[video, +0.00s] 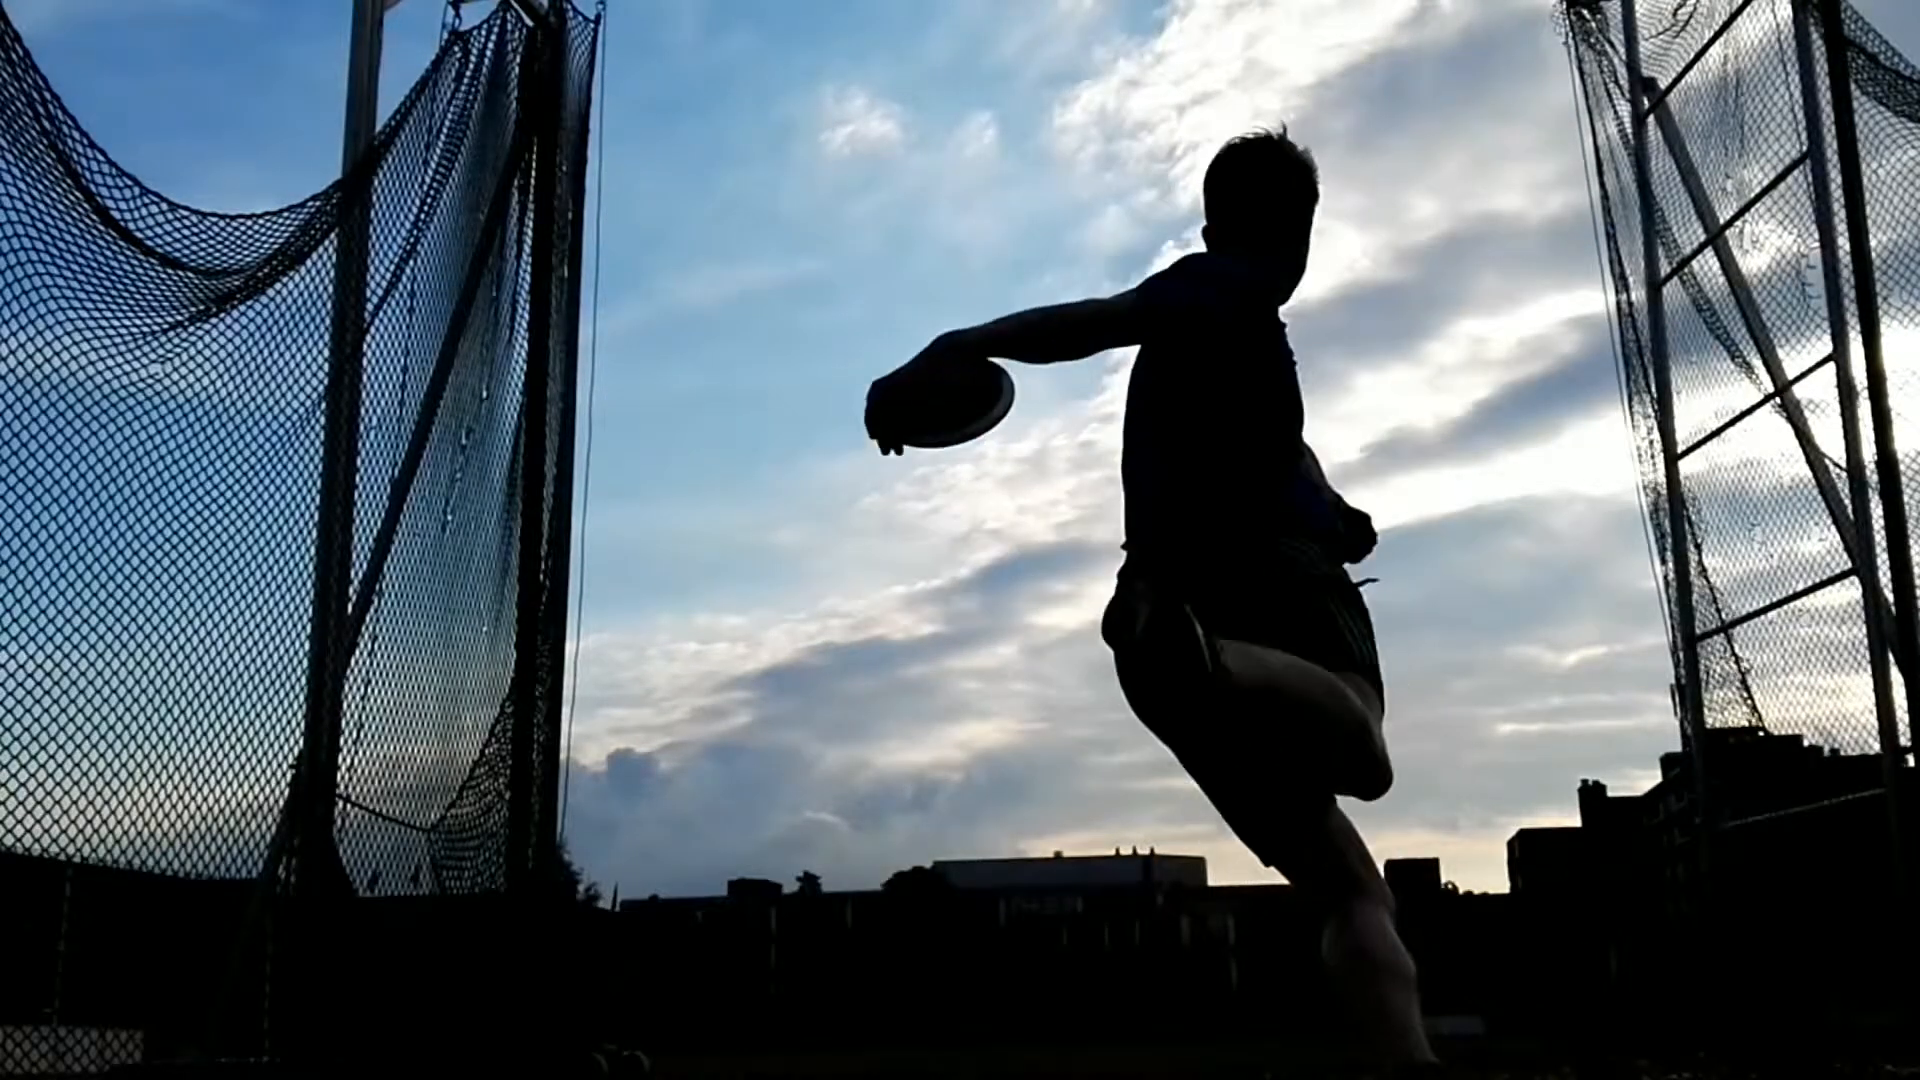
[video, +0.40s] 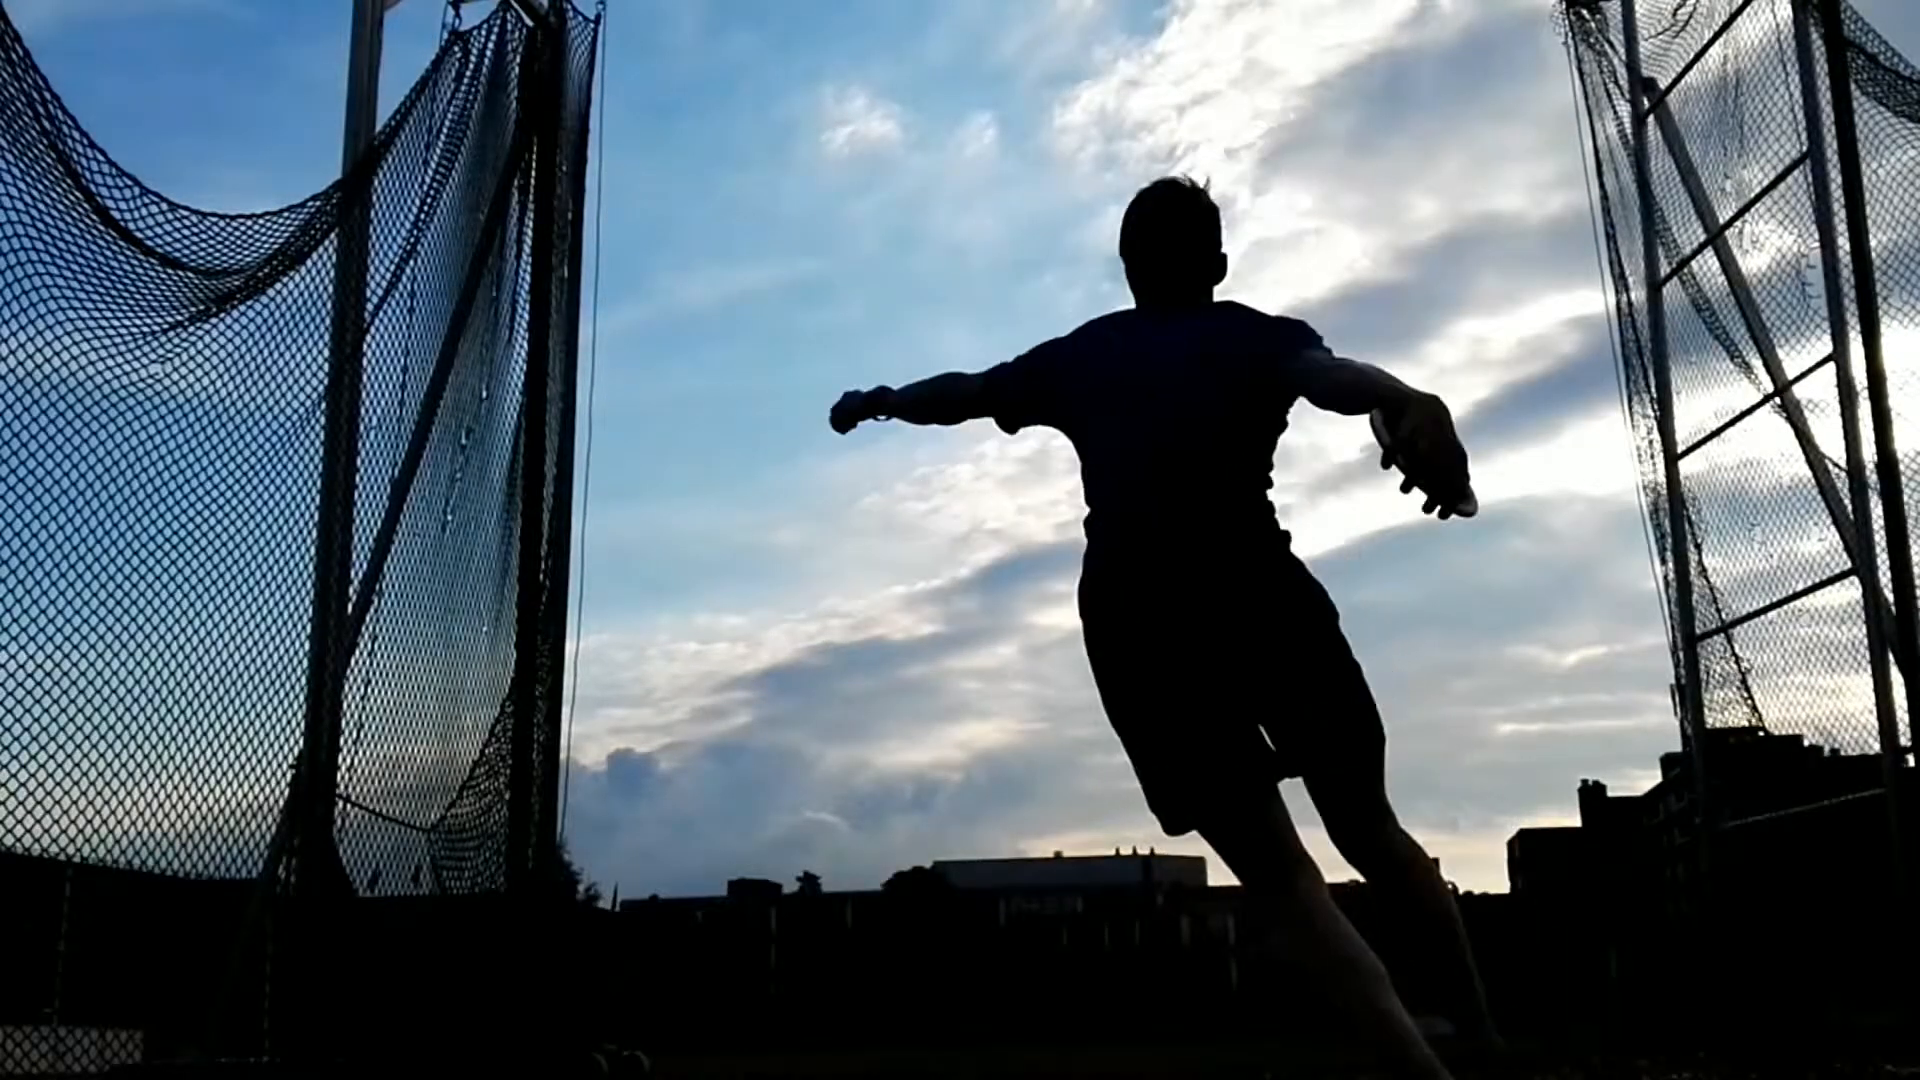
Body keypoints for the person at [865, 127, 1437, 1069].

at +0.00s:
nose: (1304, 245)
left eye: (1305, 224)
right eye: (1296, 224)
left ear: (1213, 217)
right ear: (1280, 222)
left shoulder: (1233, 332)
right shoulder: (1217, 288)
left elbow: (1273, 462)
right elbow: (1102, 322)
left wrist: (1341, 521)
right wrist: (963, 343)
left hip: (1163, 620)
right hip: (1257, 574)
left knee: (1347, 880)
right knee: (1364, 748)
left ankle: (1409, 1066)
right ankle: (1212, 658)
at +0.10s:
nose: (1291, 248)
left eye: (1286, 227)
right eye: (1286, 229)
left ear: (1201, 233)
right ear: (1289, 234)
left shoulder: (1158, 342)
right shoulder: (1261, 315)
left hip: (1142, 623)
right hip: (1261, 579)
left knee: (1308, 884)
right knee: (1441, 804)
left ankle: (1409, 1067)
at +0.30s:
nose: (1204, 265)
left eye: (1169, 250)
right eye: (1215, 244)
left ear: (1143, 260)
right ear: (1235, 253)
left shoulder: (1099, 358)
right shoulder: (1276, 341)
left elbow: (994, 407)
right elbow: (1359, 406)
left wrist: (921, 416)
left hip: (1132, 625)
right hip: (1258, 600)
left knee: (1273, 872)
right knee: (1396, 824)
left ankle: (1404, 1061)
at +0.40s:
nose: (1200, 263)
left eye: (1161, 250)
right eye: (1202, 245)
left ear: (1125, 264)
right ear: (1218, 257)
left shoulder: (1079, 357)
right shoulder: (1262, 339)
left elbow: (963, 395)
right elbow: (1343, 380)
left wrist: (875, 403)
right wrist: (1415, 408)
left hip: (1137, 629)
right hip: (1265, 602)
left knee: (1276, 873)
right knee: (1374, 833)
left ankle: (1419, 1064)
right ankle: (1479, 1032)